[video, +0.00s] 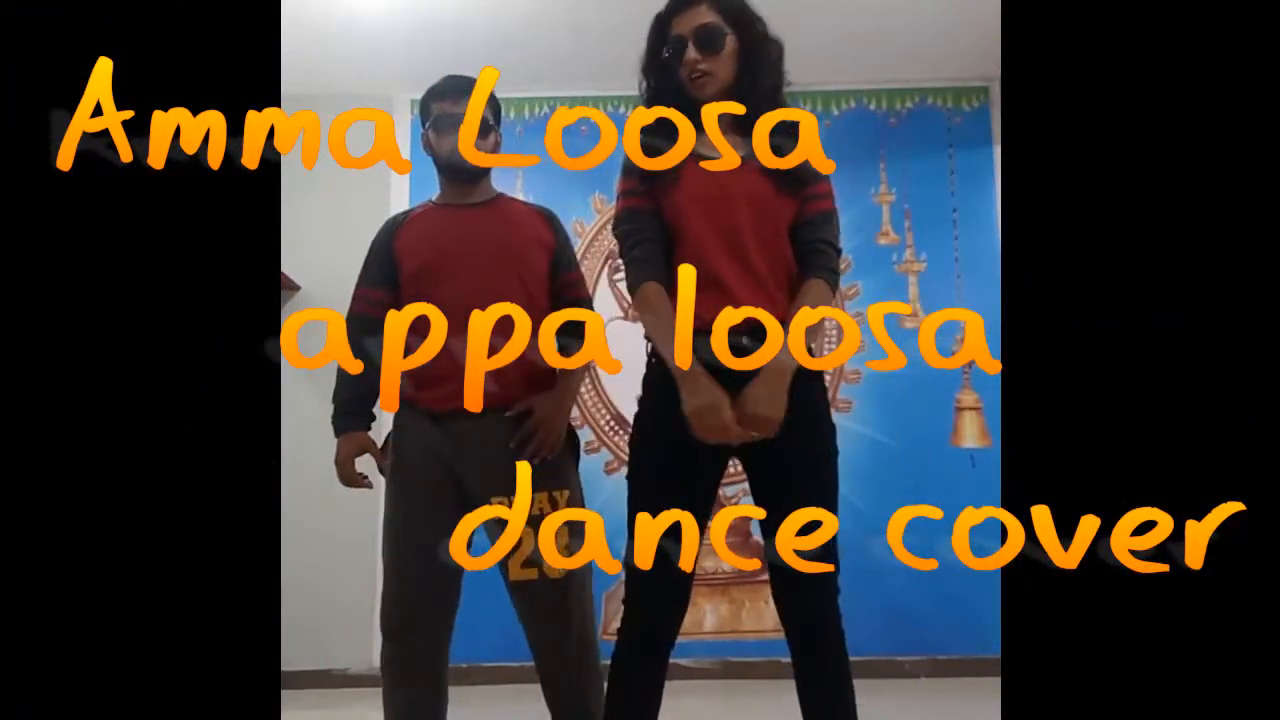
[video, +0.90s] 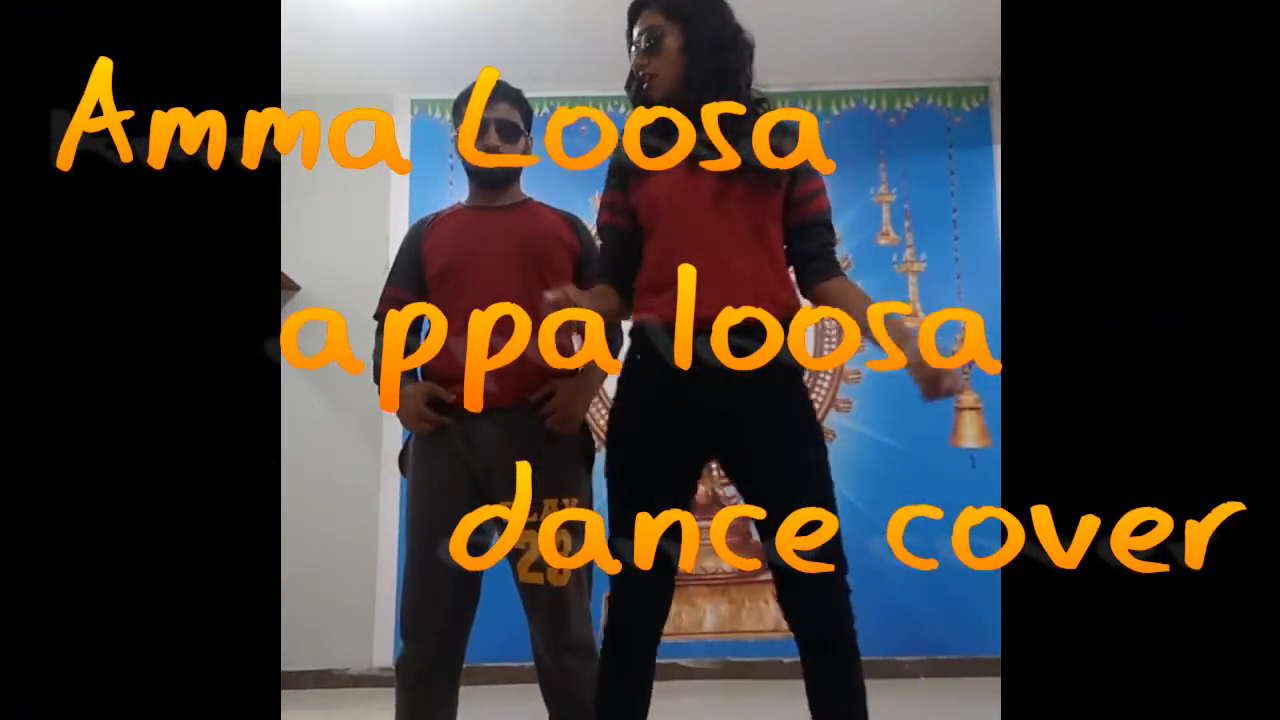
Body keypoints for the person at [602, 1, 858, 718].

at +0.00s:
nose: (692, 57)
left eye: (708, 38)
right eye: (675, 48)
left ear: (747, 44)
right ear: (663, 64)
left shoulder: (789, 133)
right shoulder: (652, 140)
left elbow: (822, 260)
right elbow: (640, 265)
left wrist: (783, 367)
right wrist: (686, 372)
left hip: (786, 383)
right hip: (679, 384)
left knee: (810, 598)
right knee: (653, 602)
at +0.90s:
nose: (635, 61)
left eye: (653, 42)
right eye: (634, 46)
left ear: (709, 47)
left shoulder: (778, 137)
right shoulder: (636, 148)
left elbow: (820, 272)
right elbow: (615, 285)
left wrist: (909, 347)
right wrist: (582, 301)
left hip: (765, 387)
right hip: (658, 388)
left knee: (818, 599)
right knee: (636, 602)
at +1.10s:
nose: (672, 53)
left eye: (690, 35)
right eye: (657, 45)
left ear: (731, 42)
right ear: (647, 66)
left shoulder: (786, 135)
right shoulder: (649, 152)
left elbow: (846, 272)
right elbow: (630, 304)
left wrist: (957, 249)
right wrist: (567, 257)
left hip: (796, 388)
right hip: (686, 391)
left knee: (822, 601)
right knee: (653, 605)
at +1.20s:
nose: (694, 48)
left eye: (711, 30)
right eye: (675, 39)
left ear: (744, 44)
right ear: (659, 62)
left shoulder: (790, 132)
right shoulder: (655, 150)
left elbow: (868, 253)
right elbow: (632, 298)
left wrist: (953, 164)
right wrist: (560, 207)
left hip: (797, 388)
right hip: (689, 390)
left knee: (824, 598)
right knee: (643, 603)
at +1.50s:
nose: (710, 47)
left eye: (727, 32)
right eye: (691, 36)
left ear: (755, 47)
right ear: (670, 55)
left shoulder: (789, 134)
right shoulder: (659, 147)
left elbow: (888, 186)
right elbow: (617, 285)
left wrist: (885, 63)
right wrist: (562, 182)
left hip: (767, 380)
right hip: (664, 378)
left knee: (802, 592)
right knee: (637, 594)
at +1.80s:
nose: (714, 57)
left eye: (730, 38)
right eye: (695, 45)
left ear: (760, 45)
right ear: (674, 57)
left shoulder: (784, 133)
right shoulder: (654, 140)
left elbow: (868, 176)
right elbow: (639, 269)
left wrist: (829, 72)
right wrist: (686, 196)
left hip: (777, 383)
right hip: (674, 383)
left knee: (800, 596)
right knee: (646, 598)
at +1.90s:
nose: (720, 58)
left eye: (735, 40)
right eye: (700, 46)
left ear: (765, 47)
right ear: (679, 59)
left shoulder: (792, 137)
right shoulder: (662, 137)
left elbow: (876, 168)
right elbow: (664, 259)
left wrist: (827, 72)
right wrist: (749, 190)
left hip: (787, 387)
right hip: (683, 387)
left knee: (805, 593)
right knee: (635, 589)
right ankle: (604, 719)